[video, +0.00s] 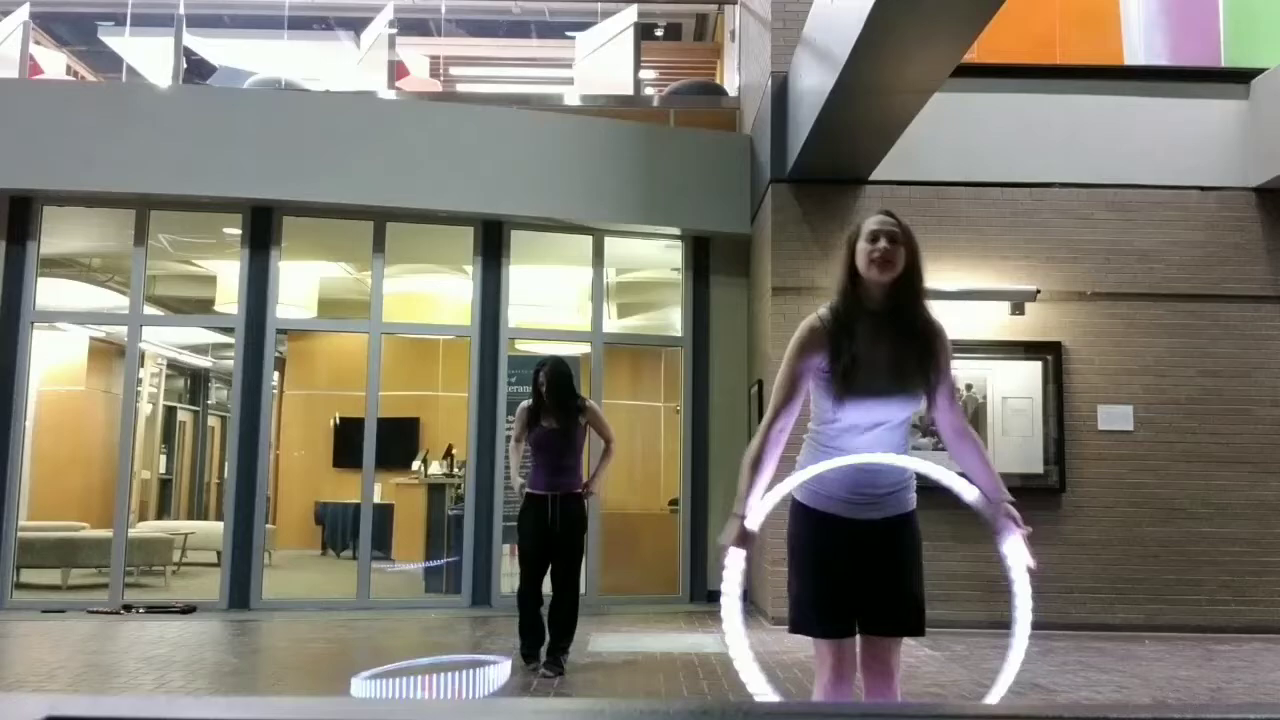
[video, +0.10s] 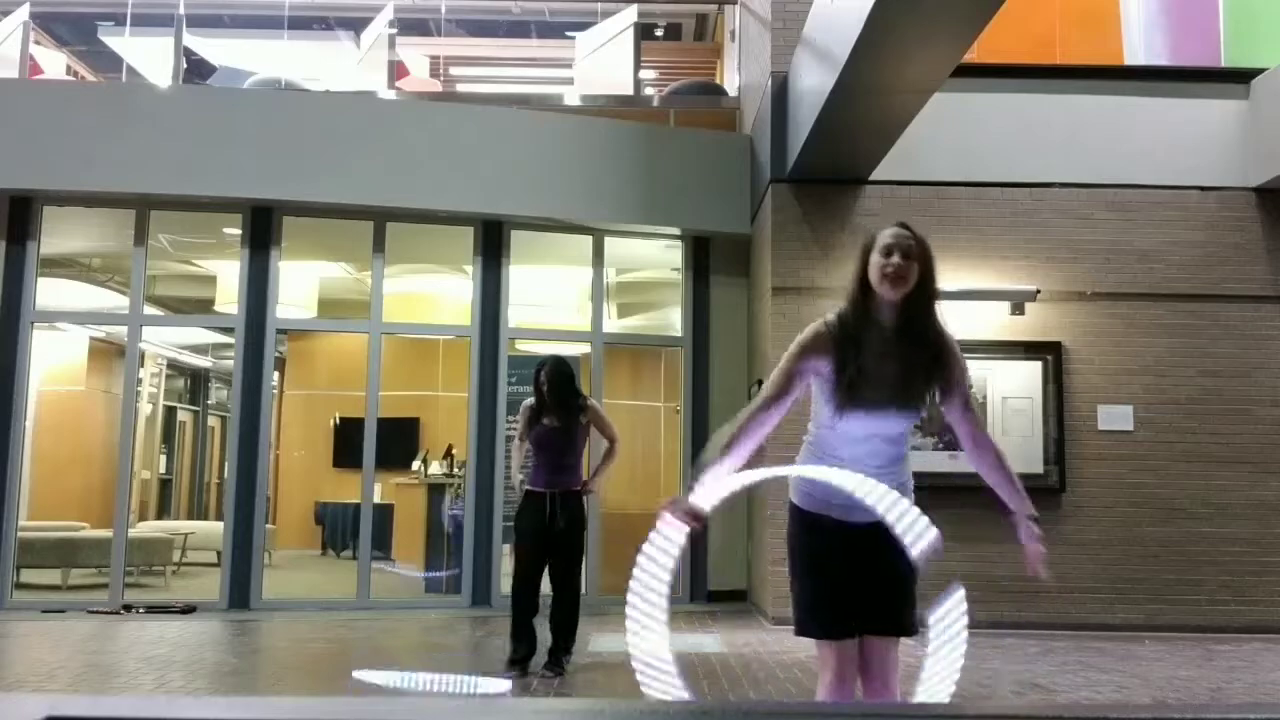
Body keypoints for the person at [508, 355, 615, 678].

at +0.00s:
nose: (545, 392)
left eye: (550, 386)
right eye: (541, 386)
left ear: (565, 385)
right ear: (536, 385)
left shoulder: (584, 409)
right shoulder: (528, 410)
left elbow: (609, 442)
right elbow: (516, 442)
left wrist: (594, 479)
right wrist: (515, 475)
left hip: (569, 504)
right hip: (534, 503)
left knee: (566, 584)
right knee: (529, 582)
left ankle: (557, 654)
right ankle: (531, 648)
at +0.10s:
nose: (545, 391)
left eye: (550, 385)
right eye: (541, 385)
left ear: (565, 384)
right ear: (536, 384)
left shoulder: (585, 409)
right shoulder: (531, 409)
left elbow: (612, 441)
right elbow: (519, 440)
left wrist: (595, 477)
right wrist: (516, 471)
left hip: (568, 503)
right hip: (533, 501)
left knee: (566, 583)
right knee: (525, 581)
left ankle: (559, 655)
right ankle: (520, 654)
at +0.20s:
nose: (549, 391)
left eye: (554, 384)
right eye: (545, 384)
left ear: (568, 383)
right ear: (539, 384)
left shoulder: (586, 410)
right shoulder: (532, 409)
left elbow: (616, 439)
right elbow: (521, 444)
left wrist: (604, 464)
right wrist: (521, 477)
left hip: (569, 500)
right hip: (535, 498)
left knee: (562, 580)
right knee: (526, 575)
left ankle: (554, 657)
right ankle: (518, 654)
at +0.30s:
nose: (553, 390)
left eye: (559, 384)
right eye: (548, 384)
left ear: (570, 385)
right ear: (542, 385)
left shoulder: (585, 415)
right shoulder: (534, 413)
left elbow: (619, 442)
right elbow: (521, 447)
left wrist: (598, 472)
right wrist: (523, 482)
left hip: (567, 501)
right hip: (533, 500)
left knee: (559, 583)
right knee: (522, 580)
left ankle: (555, 657)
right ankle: (509, 656)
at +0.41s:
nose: (551, 391)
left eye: (557, 385)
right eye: (547, 385)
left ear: (570, 386)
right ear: (542, 386)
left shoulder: (587, 416)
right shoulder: (534, 414)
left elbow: (619, 441)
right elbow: (521, 449)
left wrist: (601, 476)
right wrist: (522, 484)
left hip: (568, 503)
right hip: (532, 500)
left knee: (560, 584)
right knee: (521, 583)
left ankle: (553, 658)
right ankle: (504, 662)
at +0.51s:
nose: (551, 388)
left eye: (557, 382)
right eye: (548, 382)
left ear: (568, 384)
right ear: (543, 385)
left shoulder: (587, 416)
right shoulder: (535, 414)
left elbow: (620, 446)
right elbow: (523, 449)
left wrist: (601, 478)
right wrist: (522, 482)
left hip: (567, 504)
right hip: (532, 502)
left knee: (560, 584)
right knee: (520, 582)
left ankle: (553, 659)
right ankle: (499, 662)